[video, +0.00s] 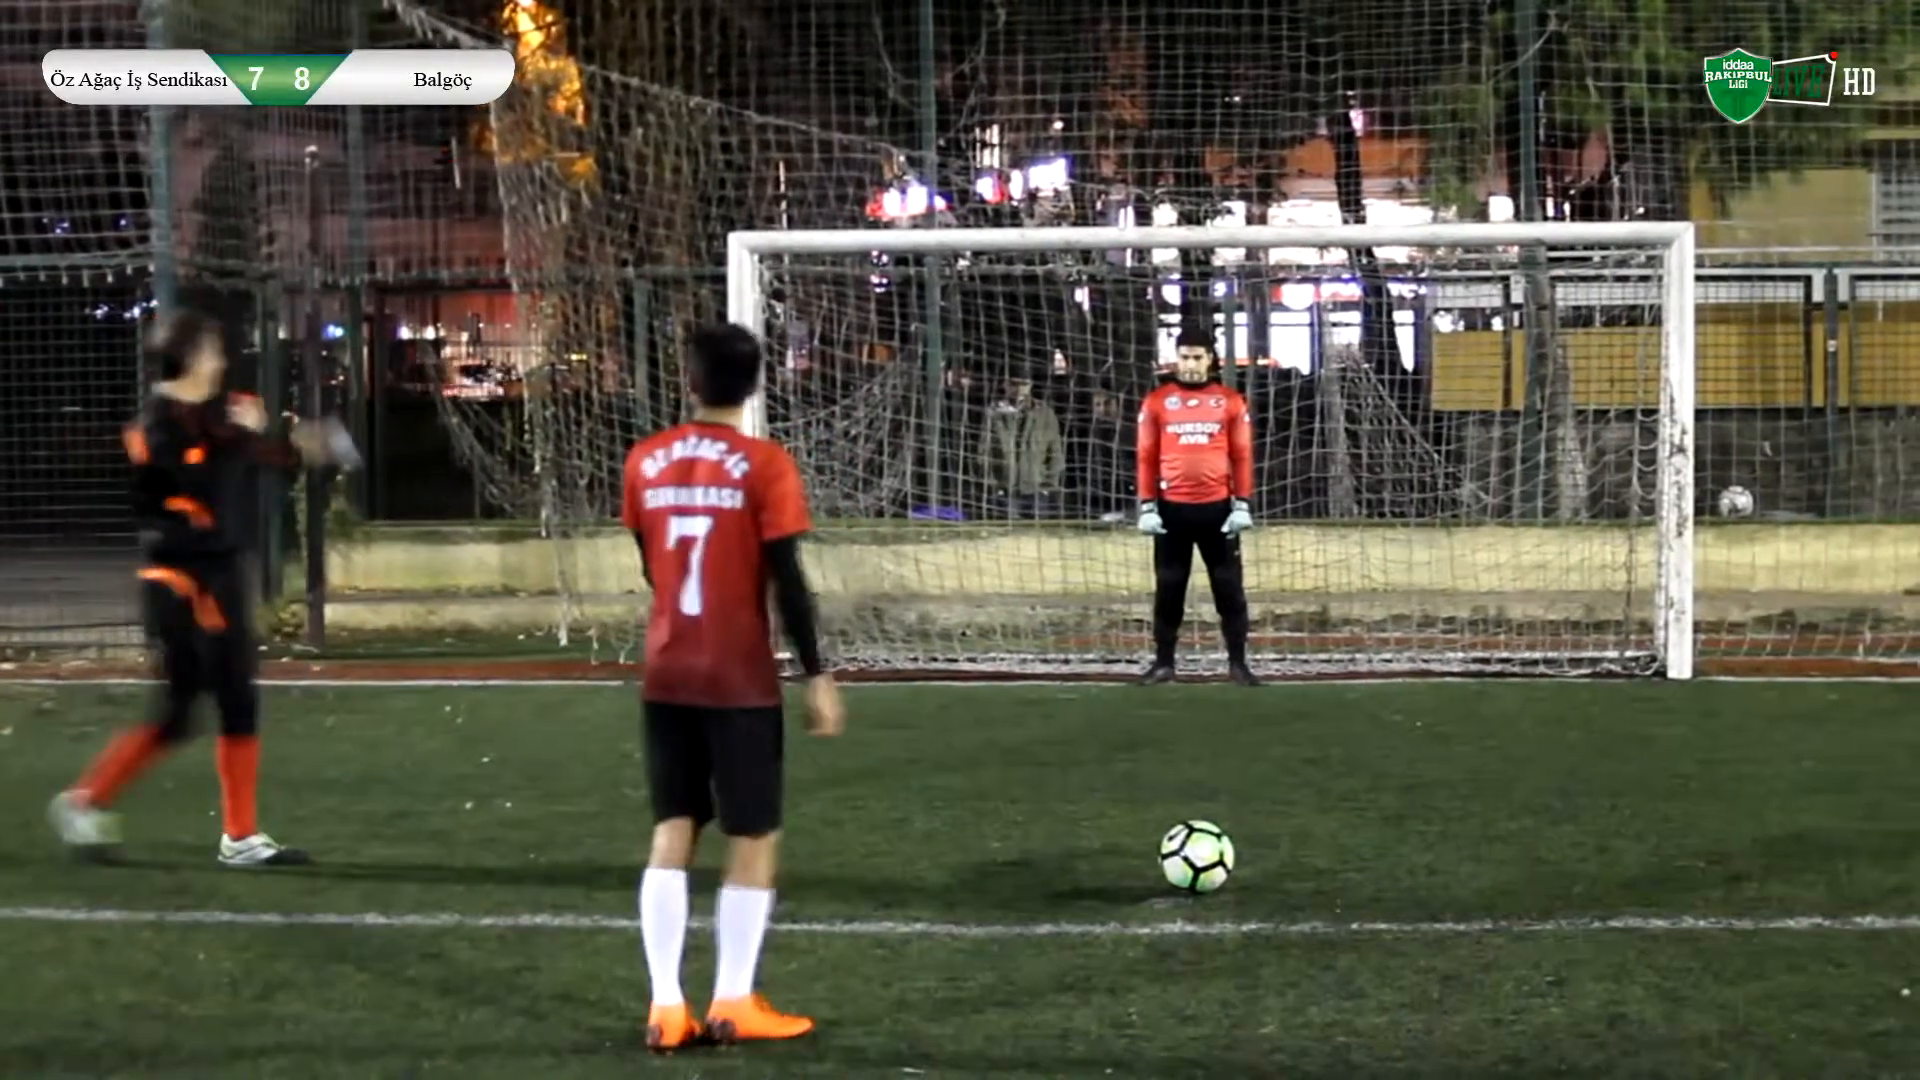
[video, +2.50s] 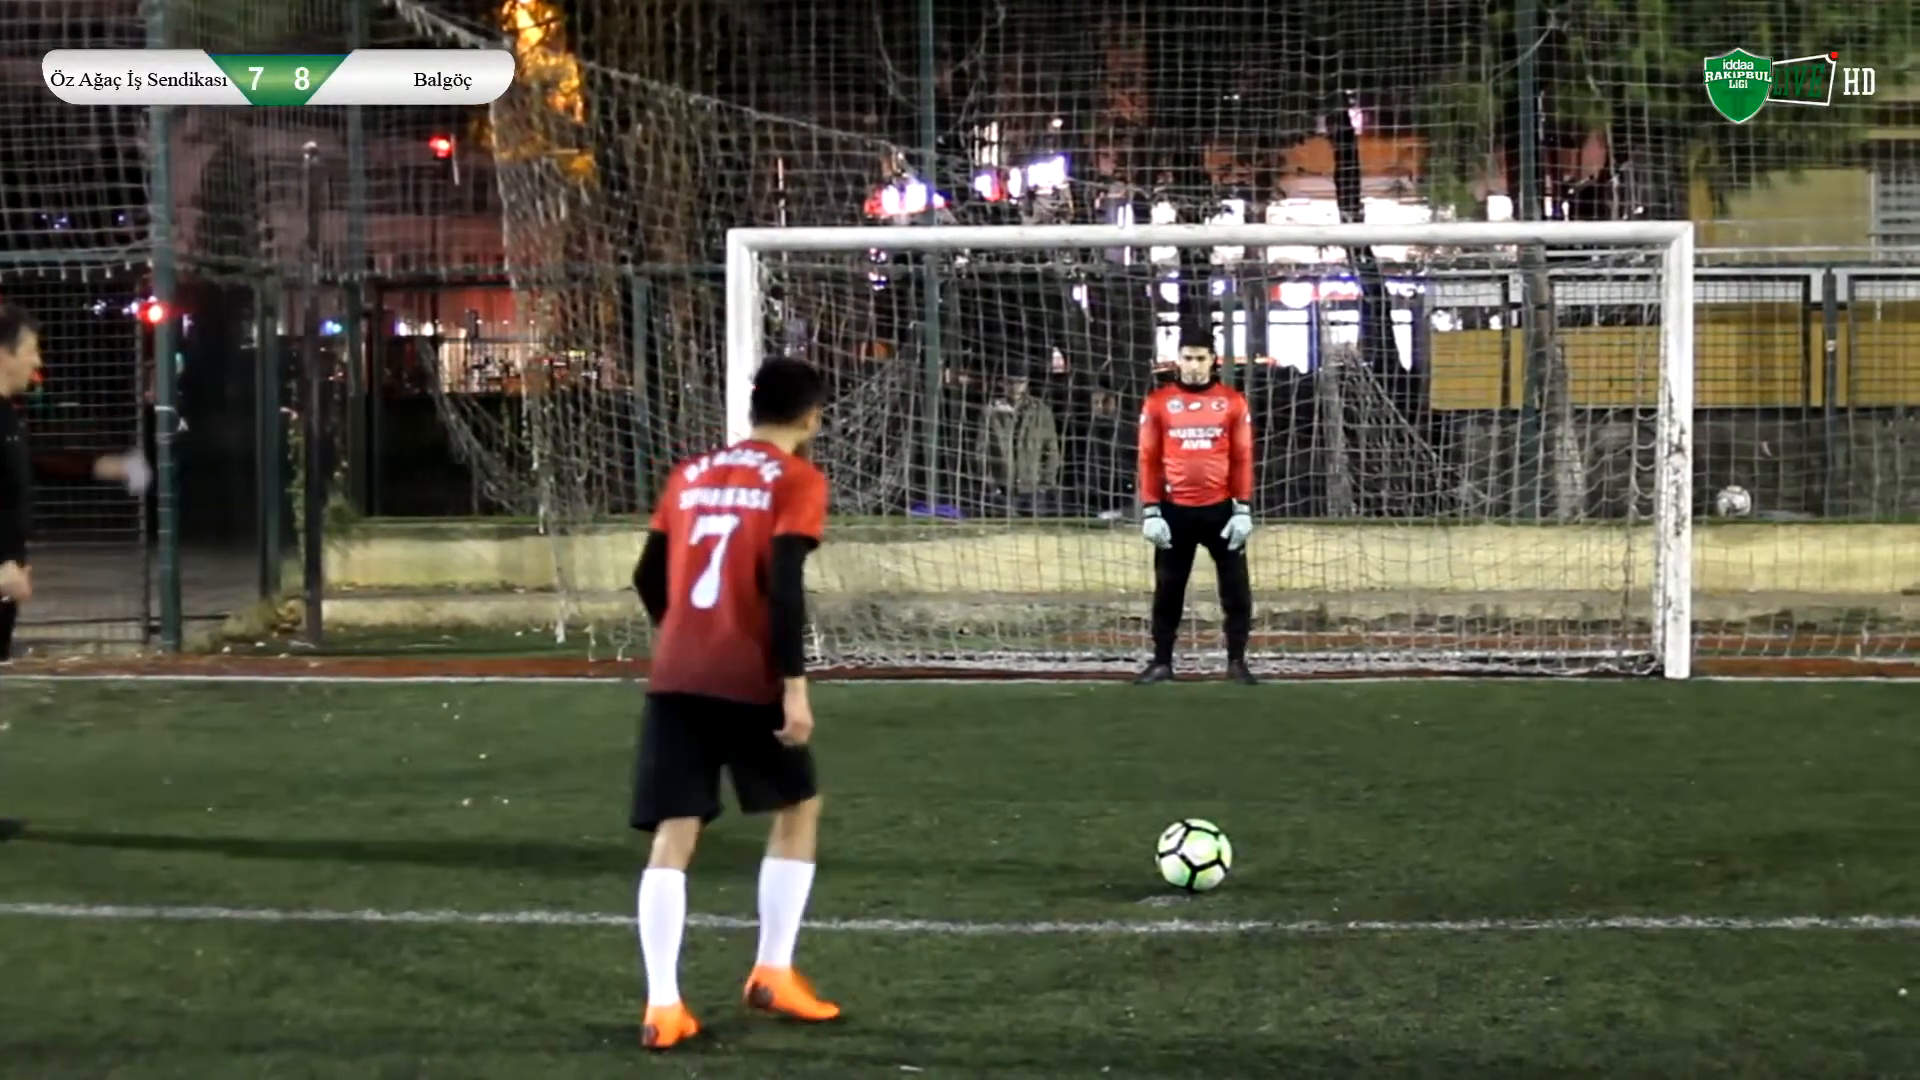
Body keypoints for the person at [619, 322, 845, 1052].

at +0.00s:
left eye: (699, 372)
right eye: (746, 378)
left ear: (691, 382)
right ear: (755, 385)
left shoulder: (643, 460)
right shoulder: (767, 463)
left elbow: (654, 568)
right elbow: (787, 576)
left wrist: (708, 614)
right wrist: (817, 671)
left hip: (665, 677)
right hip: (742, 680)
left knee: (673, 825)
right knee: (753, 835)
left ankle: (664, 1001)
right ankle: (734, 997)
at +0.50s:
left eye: (697, 371)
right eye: (735, 379)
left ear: (677, 380)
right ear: (740, 385)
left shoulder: (628, 457)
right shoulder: (749, 465)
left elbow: (628, 571)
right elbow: (750, 582)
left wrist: (692, 592)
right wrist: (771, 680)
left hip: (650, 678)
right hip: (728, 679)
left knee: (661, 830)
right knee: (756, 825)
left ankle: (665, 1001)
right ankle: (768, 986)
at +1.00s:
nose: (744, 394)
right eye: (749, 384)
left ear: (679, 385)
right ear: (744, 389)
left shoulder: (631, 461)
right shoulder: (748, 465)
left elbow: (594, 567)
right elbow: (752, 572)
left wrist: (574, 661)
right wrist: (779, 674)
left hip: (650, 681)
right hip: (729, 681)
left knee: (660, 830)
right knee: (752, 830)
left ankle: (663, 1003)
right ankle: (764, 988)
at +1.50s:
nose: (771, 401)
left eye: (769, 390)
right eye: (772, 392)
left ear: (699, 388)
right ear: (762, 396)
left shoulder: (642, 461)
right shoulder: (762, 471)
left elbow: (614, 572)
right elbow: (762, 579)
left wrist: (605, 662)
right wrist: (780, 678)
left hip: (650, 678)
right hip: (729, 682)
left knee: (659, 831)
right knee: (754, 829)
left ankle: (662, 1004)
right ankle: (763, 988)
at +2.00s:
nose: (799, 415)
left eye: (797, 403)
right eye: (798, 404)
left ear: (735, 396)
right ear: (785, 406)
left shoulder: (666, 462)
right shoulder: (781, 473)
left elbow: (641, 577)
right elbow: (772, 578)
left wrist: (693, 625)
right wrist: (788, 679)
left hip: (655, 670)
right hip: (732, 675)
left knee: (663, 828)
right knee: (757, 826)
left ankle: (663, 1002)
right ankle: (765, 987)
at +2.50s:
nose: (817, 425)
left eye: (815, 414)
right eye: (819, 415)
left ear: (753, 407)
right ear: (811, 417)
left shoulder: (692, 472)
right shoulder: (800, 479)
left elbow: (650, 576)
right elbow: (785, 573)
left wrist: (684, 646)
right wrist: (795, 681)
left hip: (674, 678)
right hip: (750, 679)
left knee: (674, 830)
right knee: (797, 808)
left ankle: (661, 1003)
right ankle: (773, 968)